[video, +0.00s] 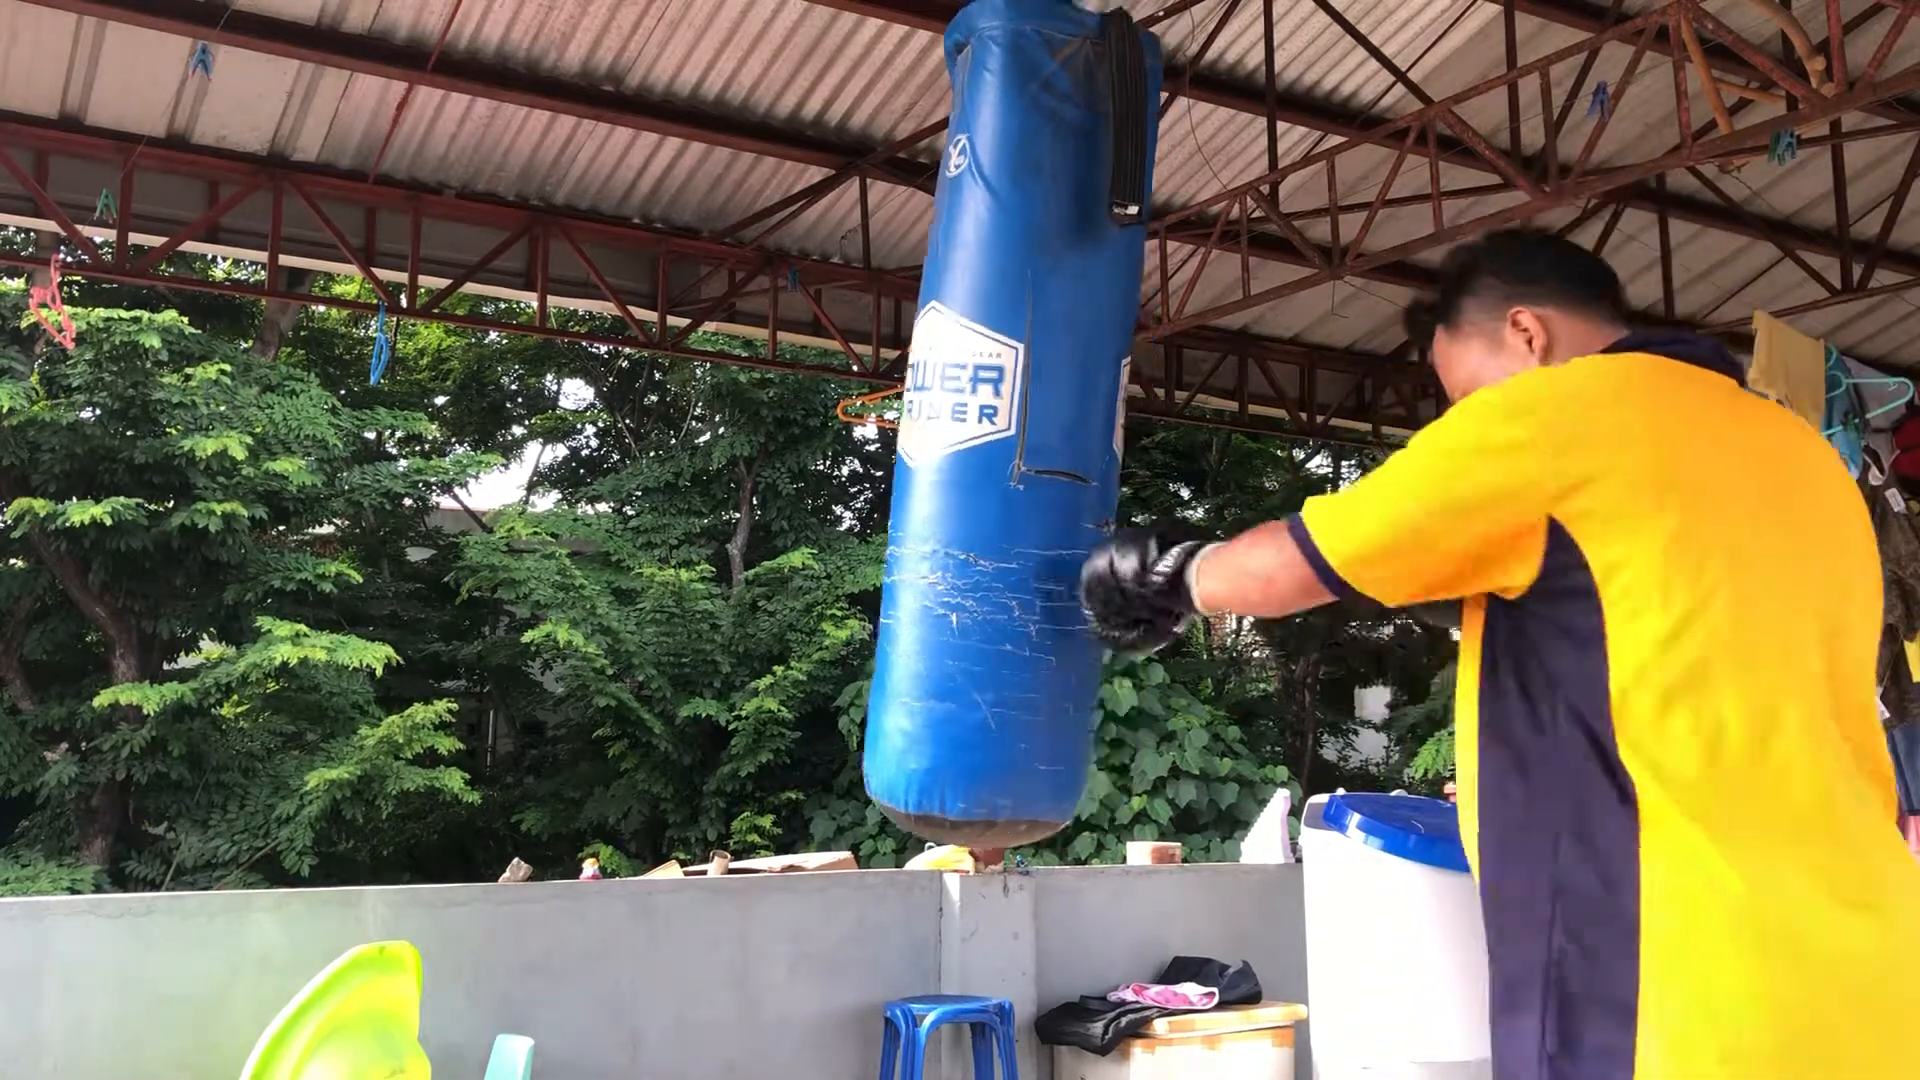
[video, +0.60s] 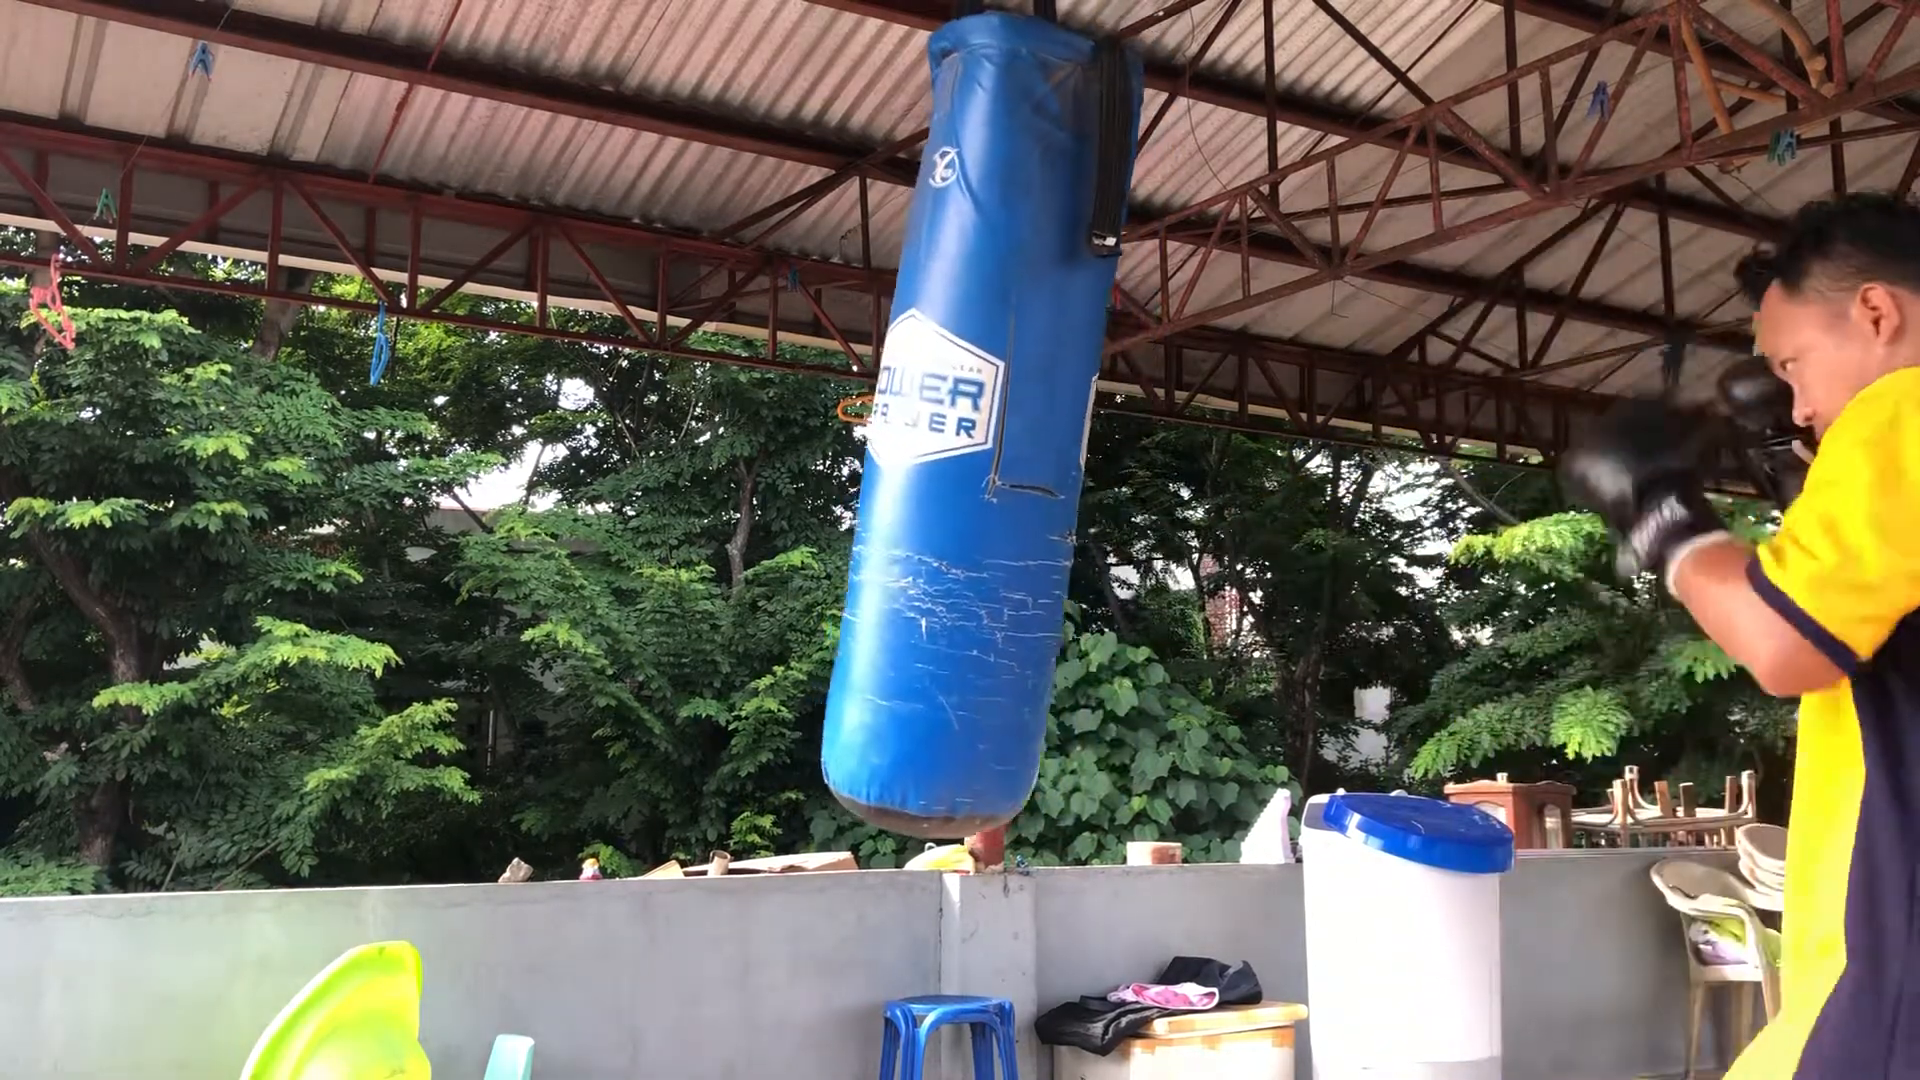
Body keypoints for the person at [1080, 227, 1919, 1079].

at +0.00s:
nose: (1469, 425)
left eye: (1467, 394)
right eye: (1460, 403)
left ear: (1525, 334)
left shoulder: (1558, 413)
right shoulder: (1815, 453)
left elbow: (1294, 566)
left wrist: (1157, 580)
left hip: (1674, 1019)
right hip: (1878, 1015)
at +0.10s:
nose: (1543, 419)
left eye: (1535, 393)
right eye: (1529, 403)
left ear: (1598, 335)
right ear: (1698, 333)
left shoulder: (1623, 433)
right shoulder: (1868, 461)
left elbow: (1421, 626)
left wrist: (1280, 601)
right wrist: (1555, 785)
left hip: (1684, 1031)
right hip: (1881, 1018)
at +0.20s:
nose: (1626, 454)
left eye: (1617, 412)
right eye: (1611, 427)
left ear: (1679, 348)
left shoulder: (1735, 457)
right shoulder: (1895, 450)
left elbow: (1582, 692)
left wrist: (1445, 611)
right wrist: (1637, 566)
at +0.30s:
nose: (1709, 461)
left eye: (1695, 418)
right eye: (1689, 432)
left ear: (1760, 354)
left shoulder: (1826, 457)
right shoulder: (1896, 433)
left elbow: (1660, 689)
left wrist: (1556, 536)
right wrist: (1707, 526)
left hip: (1834, 1033)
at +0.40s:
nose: (1756, 438)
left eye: (1747, 394)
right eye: (1737, 411)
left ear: (1817, 331)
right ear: (1825, 328)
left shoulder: (1876, 433)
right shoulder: (1890, 428)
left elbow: (1673, 637)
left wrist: (1634, 469)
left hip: (1864, 1027)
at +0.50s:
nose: (1789, 401)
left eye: (1784, 358)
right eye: (1775, 371)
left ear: (1862, 307)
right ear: (1869, 309)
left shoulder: (1900, 406)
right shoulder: (1889, 415)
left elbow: (1720, 611)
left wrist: (1661, 451)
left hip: (1880, 1014)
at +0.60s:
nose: (1796, 407)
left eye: (1795, 367)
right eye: (1783, 382)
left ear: (1879, 316)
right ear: (1883, 319)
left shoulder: (1900, 416)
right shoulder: (1893, 425)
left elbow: (1785, 644)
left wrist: (1663, 511)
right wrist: (1810, 474)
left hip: (1875, 1013)